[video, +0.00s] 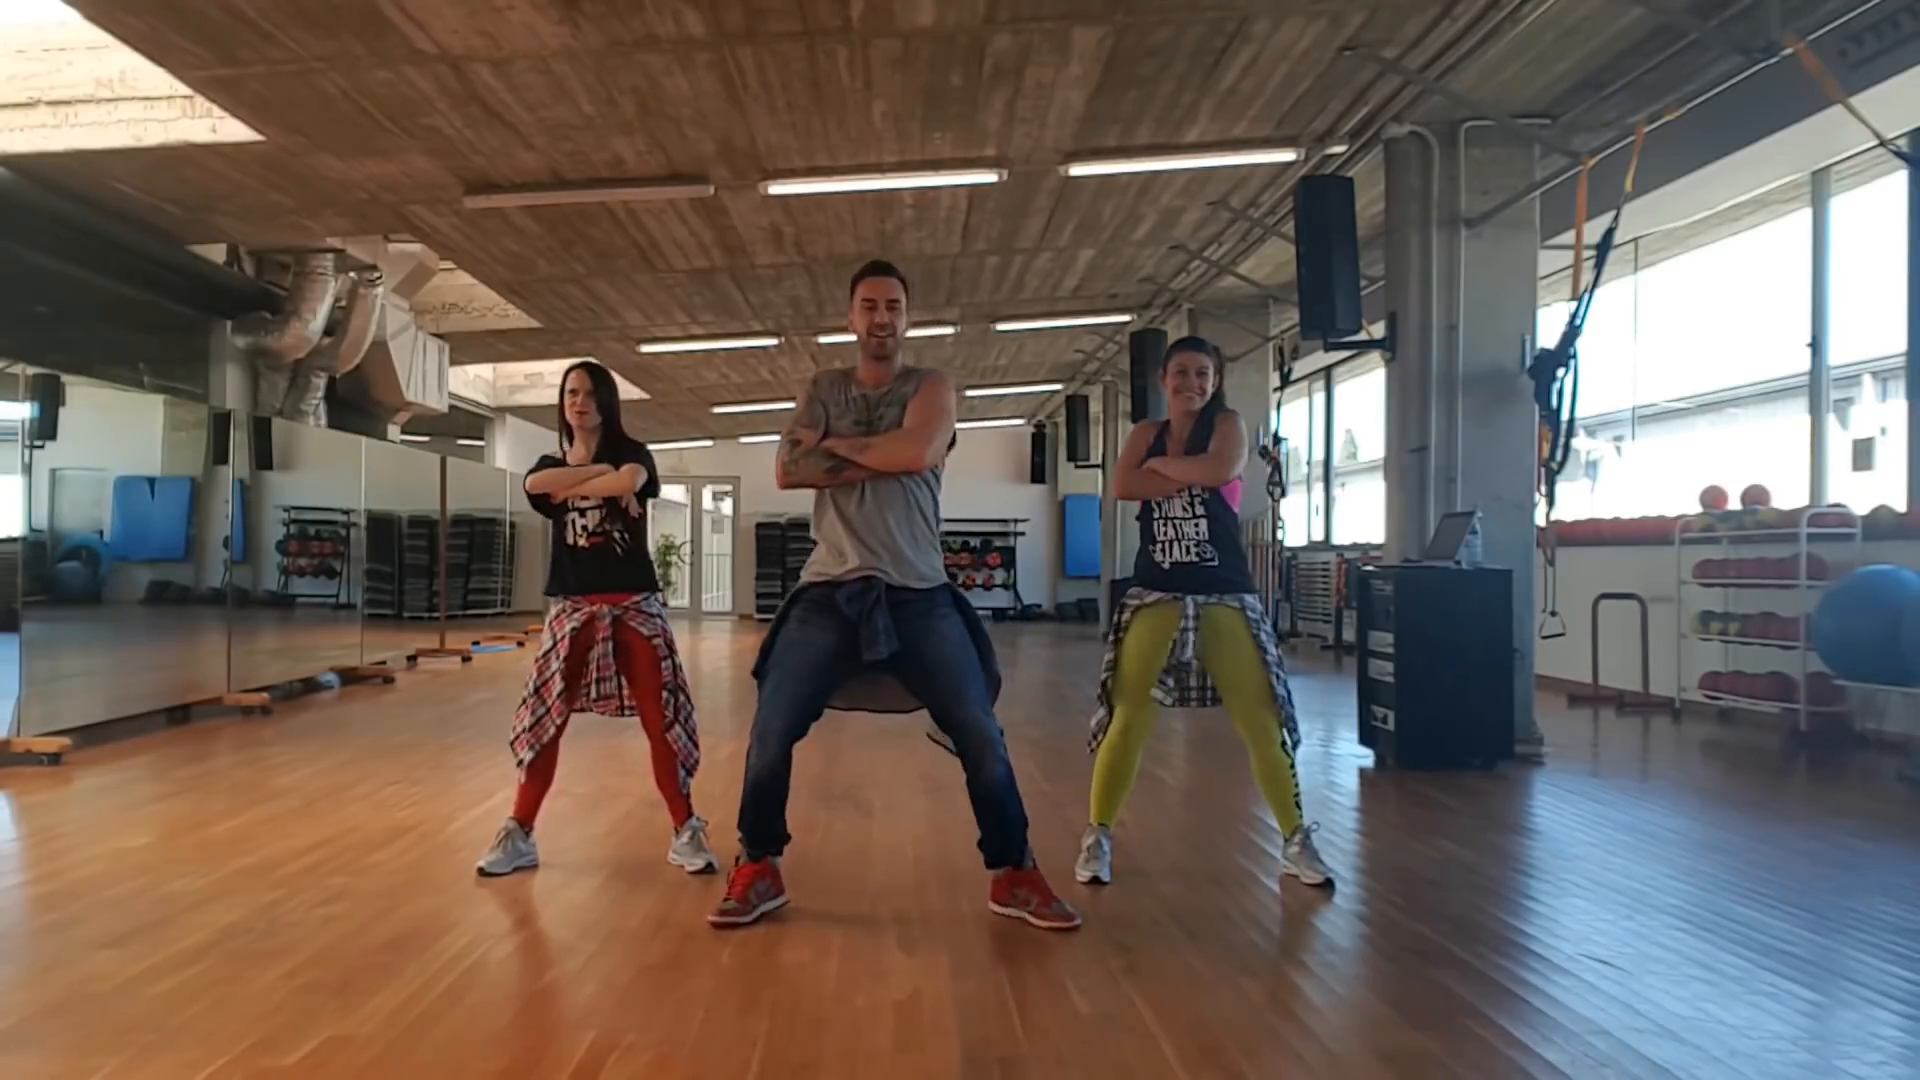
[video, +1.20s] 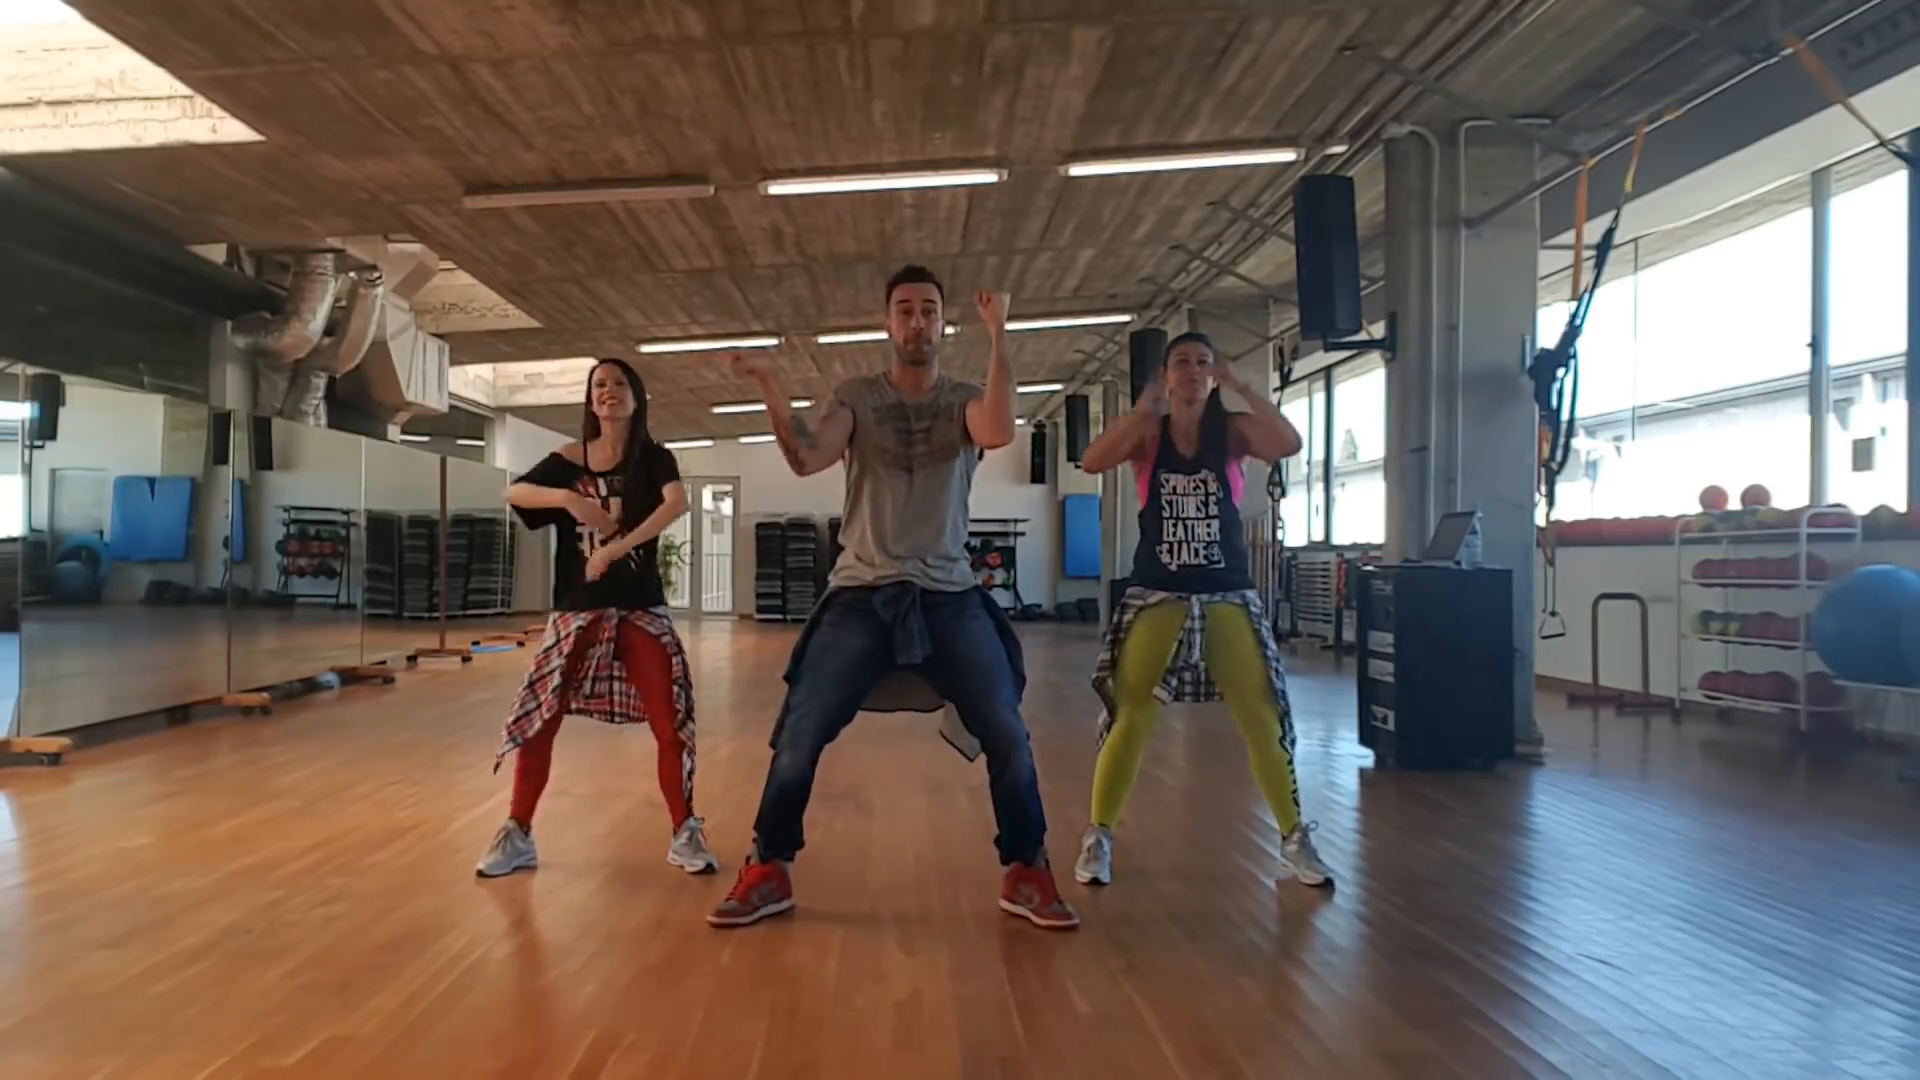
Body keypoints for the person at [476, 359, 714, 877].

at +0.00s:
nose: (578, 402)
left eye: (587, 394)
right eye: (571, 394)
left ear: (607, 402)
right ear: (561, 403)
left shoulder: (633, 453)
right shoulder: (551, 461)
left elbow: (628, 483)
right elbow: (535, 486)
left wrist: (567, 487)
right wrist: (603, 472)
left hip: (634, 601)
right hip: (572, 603)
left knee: (659, 719)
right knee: (547, 716)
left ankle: (687, 830)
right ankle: (520, 834)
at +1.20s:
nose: (609, 391)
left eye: (618, 383)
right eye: (600, 386)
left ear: (637, 396)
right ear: (590, 400)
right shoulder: (569, 458)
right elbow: (515, 494)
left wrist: (618, 545)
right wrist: (567, 499)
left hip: (641, 606)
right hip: (578, 607)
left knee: (670, 724)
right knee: (540, 716)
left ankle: (686, 833)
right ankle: (518, 834)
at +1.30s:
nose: (620, 389)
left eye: (628, 381)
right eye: (611, 384)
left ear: (648, 390)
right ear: (601, 397)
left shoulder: (665, 449)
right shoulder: (577, 450)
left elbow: (695, 464)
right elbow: (513, 452)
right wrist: (501, 452)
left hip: (659, 600)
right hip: (596, 601)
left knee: (676, 722)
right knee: (559, 714)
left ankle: (687, 832)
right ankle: (527, 831)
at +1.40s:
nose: (630, 392)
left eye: (638, 383)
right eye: (620, 387)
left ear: (656, 391)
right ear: (611, 400)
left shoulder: (677, 451)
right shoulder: (591, 454)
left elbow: (715, 438)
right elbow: (525, 450)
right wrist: (492, 398)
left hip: (673, 600)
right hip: (613, 598)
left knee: (686, 719)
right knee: (588, 709)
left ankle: (687, 831)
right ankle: (584, 812)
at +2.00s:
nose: (592, 423)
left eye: (600, 415)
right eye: (584, 417)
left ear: (620, 423)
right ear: (574, 428)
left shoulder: (631, 481)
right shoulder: (563, 480)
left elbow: (654, 491)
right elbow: (521, 491)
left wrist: (653, 417)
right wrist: (529, 425)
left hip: (626, 628)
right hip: (569, 629)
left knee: (656, 729)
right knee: (516, 720)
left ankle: (696, 831)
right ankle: (527, 832)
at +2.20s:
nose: (565, 404)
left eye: (575, 397)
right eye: (558, 397)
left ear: (594, 409)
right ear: (547, 410)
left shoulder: (603, 463)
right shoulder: (532, 458)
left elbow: (636, 468)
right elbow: (489, 461)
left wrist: (630, 398)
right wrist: (509, 393)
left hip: (591, 606)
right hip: (532, 606)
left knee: (623, 708)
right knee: (503, 725)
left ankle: (661, 818)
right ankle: (525, 829)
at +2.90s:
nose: (607, 420)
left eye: (615, 412)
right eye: (597, 413)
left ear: (631, 422)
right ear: (585, 425)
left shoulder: (645, 479)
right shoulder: (569, 480)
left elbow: (666, 465)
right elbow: (525, 476)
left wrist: (647, 402)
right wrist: (544, 405)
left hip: (651, 626)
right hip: (595, 631)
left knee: (703, 722)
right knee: (559, 732)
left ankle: (681, 837)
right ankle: (490, 817)